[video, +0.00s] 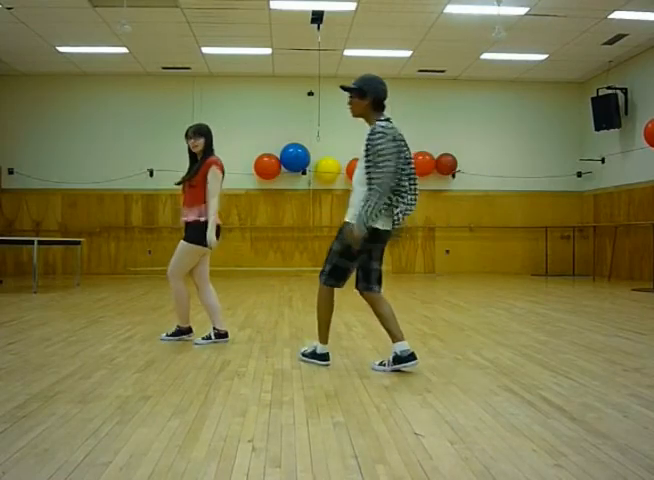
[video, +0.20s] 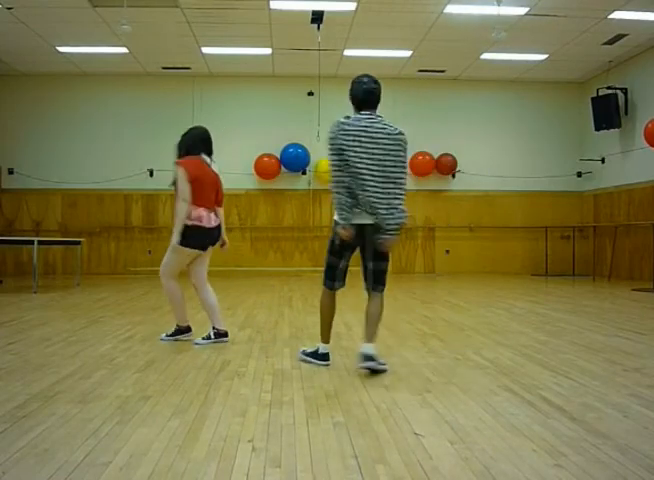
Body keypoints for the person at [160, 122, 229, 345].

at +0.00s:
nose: (193, 142)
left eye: (197, 137)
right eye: (190, 138)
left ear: (207, 140)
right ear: (187, 142)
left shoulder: (213, 165)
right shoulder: (197, 164)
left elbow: (213, 197)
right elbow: (195, 197)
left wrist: (211, 228)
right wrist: (188, 223)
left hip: (200, 226)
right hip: (195, 224)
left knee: (174, 273)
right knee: (202, 281)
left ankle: (183, 326)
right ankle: (220, 330)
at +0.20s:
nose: (179, 145)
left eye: (182, 141)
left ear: (185, 143)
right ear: (206, 146)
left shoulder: (183, 166)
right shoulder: (212, 170)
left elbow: (184, 200)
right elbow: (219, 205)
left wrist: (176, 234)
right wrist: (222, 233)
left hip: (192, 231)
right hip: (211, 231)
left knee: (167, 273)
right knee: (199, 279)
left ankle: (182, 326)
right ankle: (219, 329)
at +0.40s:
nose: (213, 149)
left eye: (213, 145)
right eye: (212, 145)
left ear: (187, 142)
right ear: (207, 145)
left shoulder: (170, 167)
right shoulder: (209, 166)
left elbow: (166, 200)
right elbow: (211, 204)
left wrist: (165, 227)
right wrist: (230, 228)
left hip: (178, 226)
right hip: (206, 226)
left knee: (180, 278)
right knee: (203, 281)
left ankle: (164, 327)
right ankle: (197, 329)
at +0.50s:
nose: (211, 152)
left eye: (211, 148)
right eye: (209, 148)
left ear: (190, 146)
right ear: (200, 147)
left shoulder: (181, 167)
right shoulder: (191, 168)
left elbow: (174, 201)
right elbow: (196, 204)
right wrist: (227, 203)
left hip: (183, 228)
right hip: (200, 227)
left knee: (190, 280)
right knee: (208, 281)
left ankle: (158, 322)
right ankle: (182, 329)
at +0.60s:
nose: (214, 147)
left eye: (213, 143)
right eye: (212, 143)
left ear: (194, 141)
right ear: (202, 142)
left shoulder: (198, 161)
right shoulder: (192, 155)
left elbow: (201, 198)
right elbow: (191, 193)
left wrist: (219, 201)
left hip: (200, 222)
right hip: (194, 222)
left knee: (203, 279)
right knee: (203, 279)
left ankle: (164, 315)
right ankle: (179, 327)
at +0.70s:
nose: (212, 144)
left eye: (213, 140)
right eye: (208, 139)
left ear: (212, 144)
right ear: (197, 140)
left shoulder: (211, 167)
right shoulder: (181, 165)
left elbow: (223, 189)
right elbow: (177, 173)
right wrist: (175, 145)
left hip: (211, 221)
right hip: (188, 220)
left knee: (209, 278)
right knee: (195, 277)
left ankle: (183, 319)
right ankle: (182, 326)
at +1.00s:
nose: (208, 141)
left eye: (211, 137)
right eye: (203, 137)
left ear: (216, 141)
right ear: (195, 140)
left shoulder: (222, 164)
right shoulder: (183, 166)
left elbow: (254, 179)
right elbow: (158, 177)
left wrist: (239, 153)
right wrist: (163, 150)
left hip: (214, 224)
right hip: (186, 224)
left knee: (208, 277)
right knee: (187, 279)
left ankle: (216, 326)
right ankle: (201, 327)